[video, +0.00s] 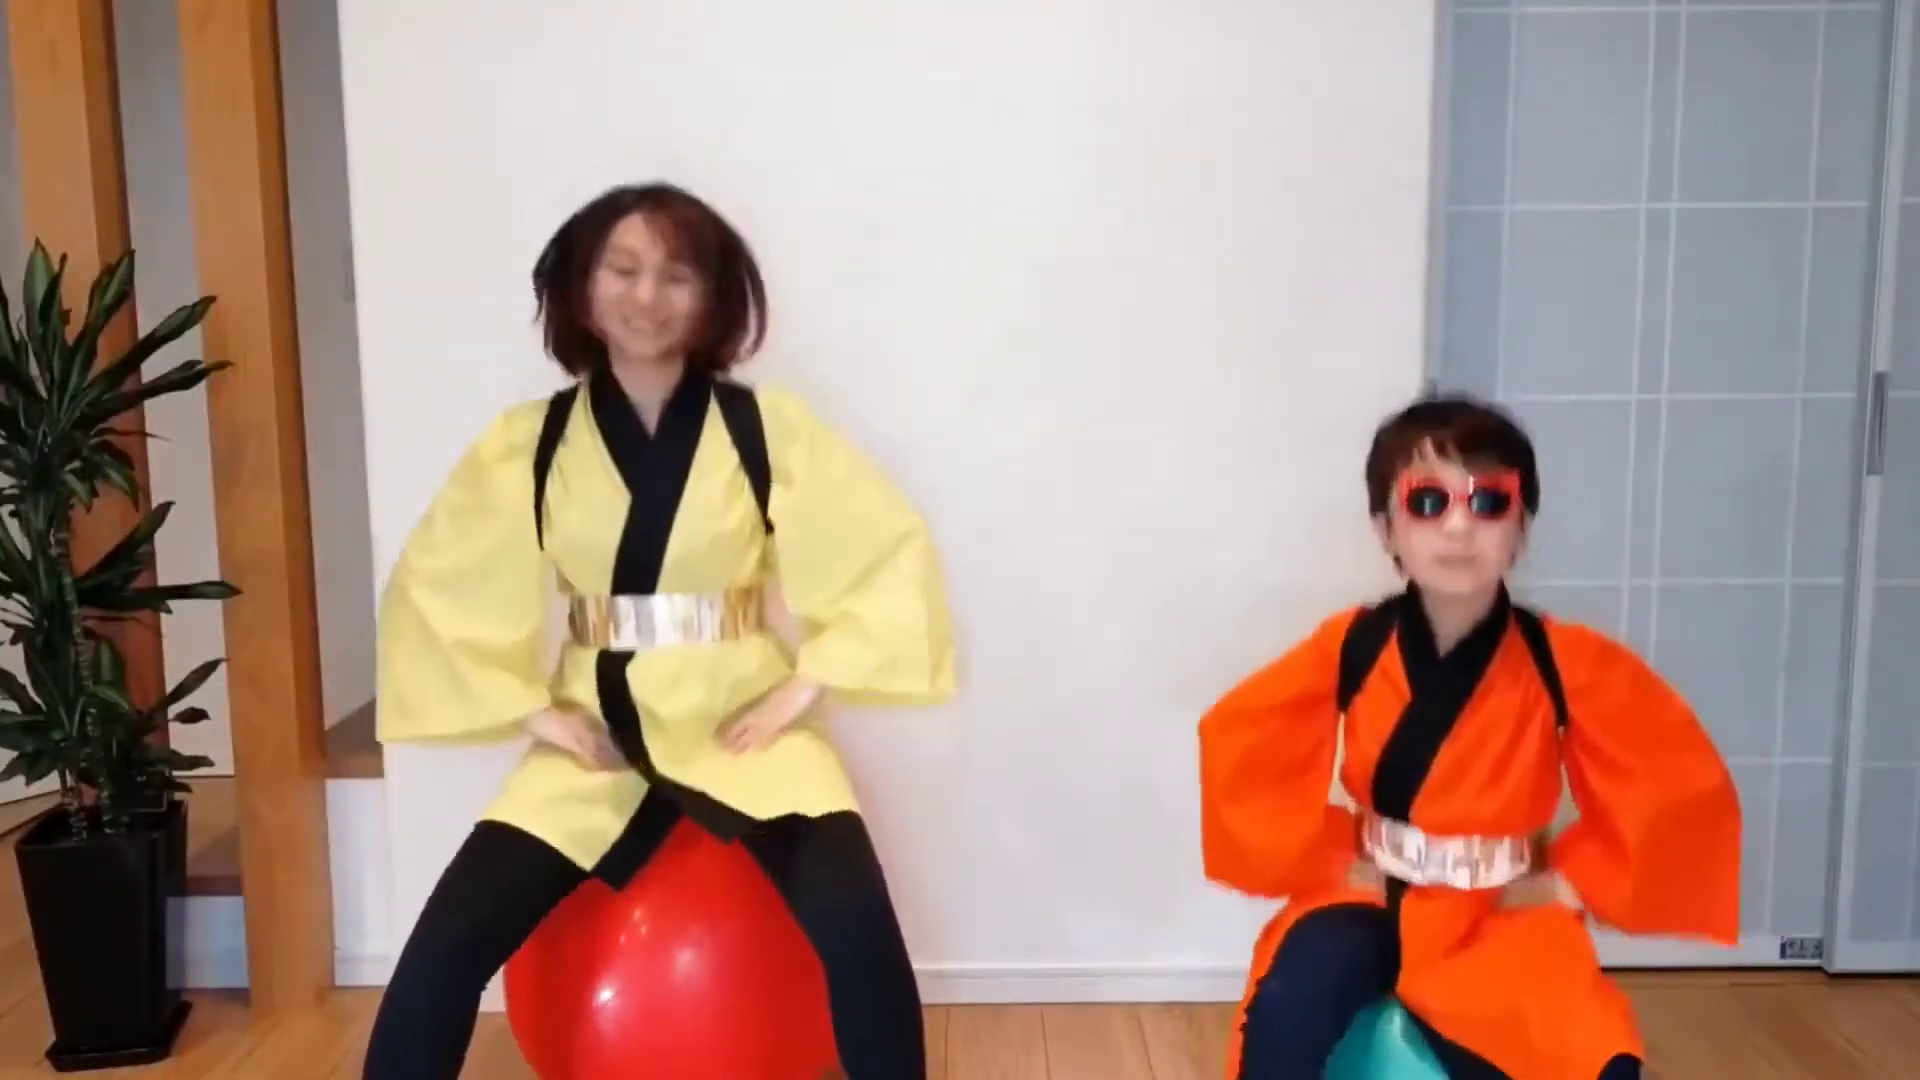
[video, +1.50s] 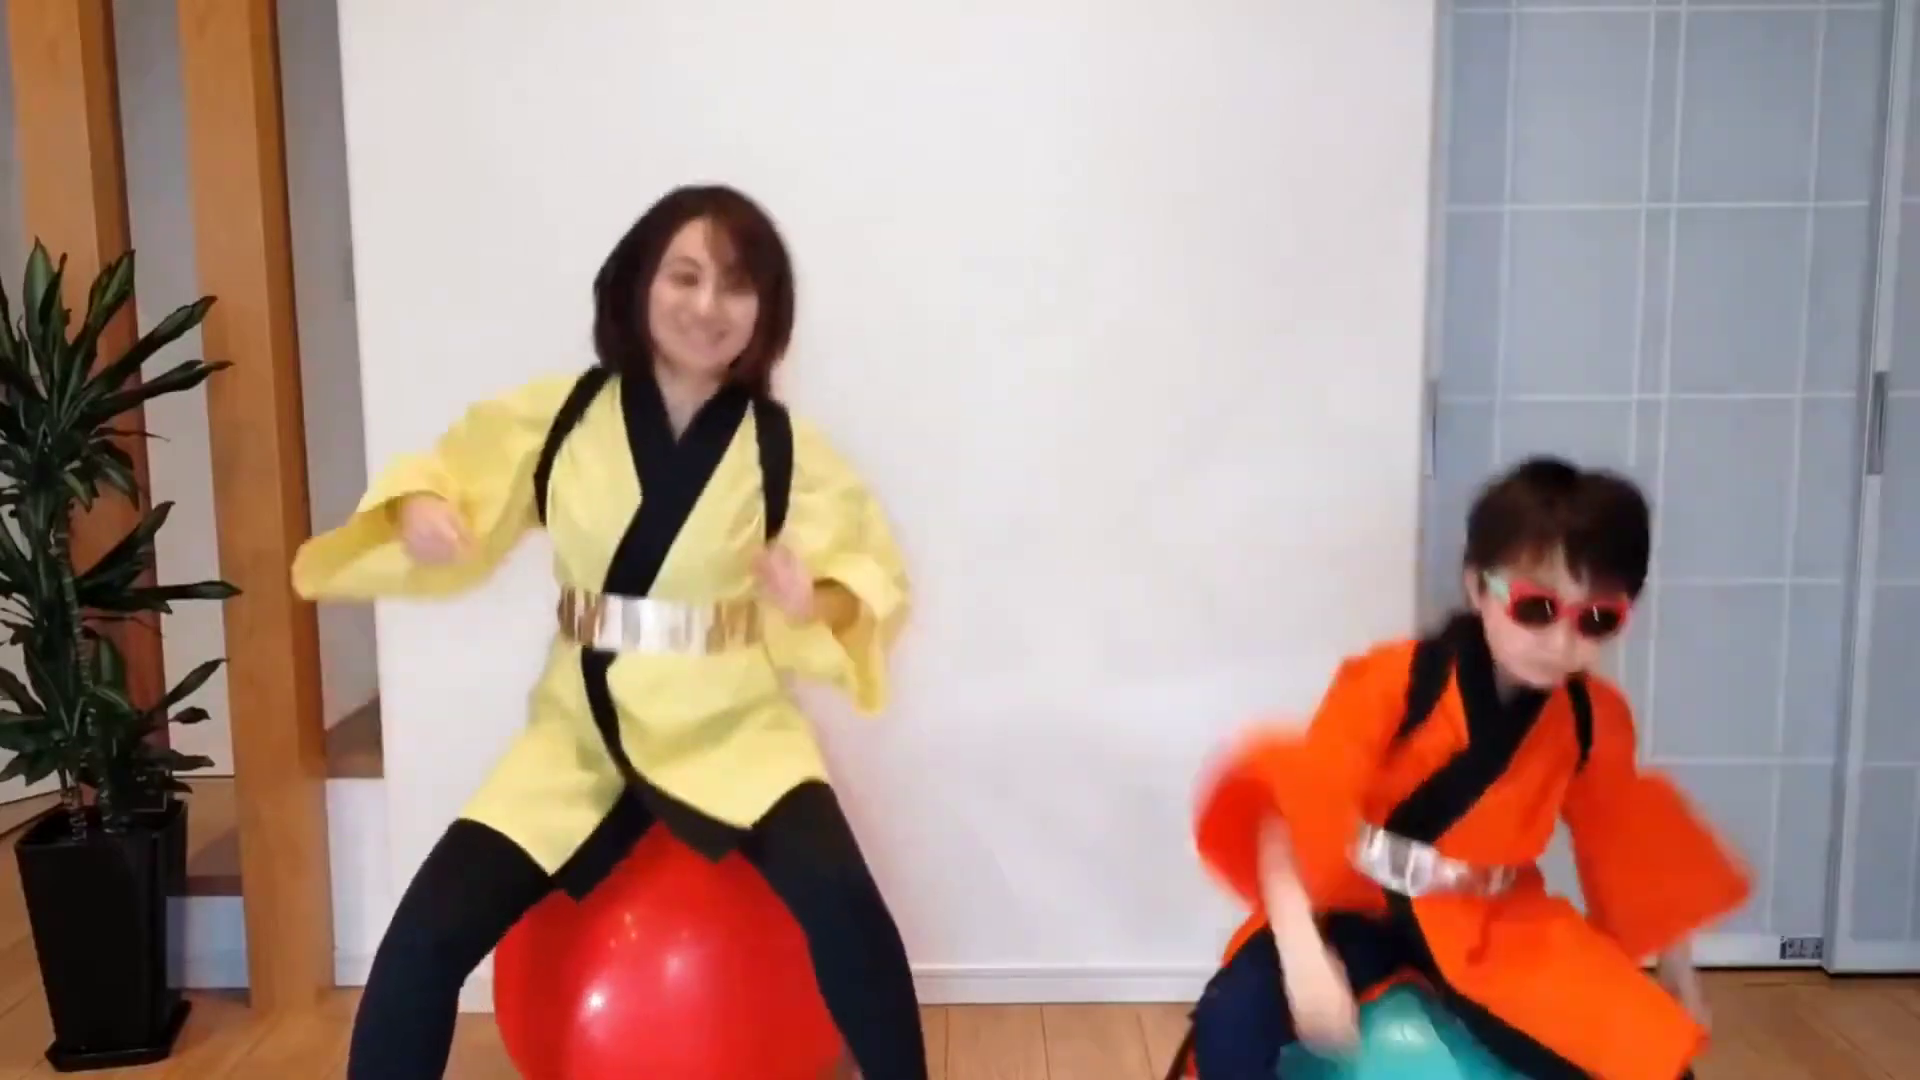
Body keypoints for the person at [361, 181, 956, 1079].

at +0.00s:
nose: (646, 295)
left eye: (677, 275)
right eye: (621, 270)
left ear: (713, 301)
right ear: (580, 291)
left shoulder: (765, 429)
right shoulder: (529, 442)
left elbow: (892, 556)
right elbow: (429, 591)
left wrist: (809, 682)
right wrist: (534, 708)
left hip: (754, 732)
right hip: (590, 744)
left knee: (860, 925)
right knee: (443, 947)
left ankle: (890, 1076)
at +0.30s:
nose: (652, 370)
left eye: (681, 350)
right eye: (629, 345)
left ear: (712, 375)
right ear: (592, 366)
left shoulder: (763, 509)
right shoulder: (543, 520)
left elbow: (878, 642)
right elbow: (441, 672)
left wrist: (800, 775)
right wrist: (549, 790)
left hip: (750, 808)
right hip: (594, 817)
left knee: (848, 926)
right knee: (445, 943)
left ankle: (885, 1070)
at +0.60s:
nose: (664, 339)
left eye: (692, 320)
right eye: (641, 310)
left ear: (724, 342)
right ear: (596, 325)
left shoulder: (767, 467)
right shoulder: (530, 476)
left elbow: (878, 599)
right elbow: (433, 624)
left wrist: (781, 725)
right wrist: (539, 735)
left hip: (750, 764)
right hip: (589, 770)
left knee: (856, 929)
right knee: (434, 946)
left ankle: (886, 1070)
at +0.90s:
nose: (666, 331)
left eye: (691, 309)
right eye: (640, 305)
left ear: (722, 332)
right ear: (600, 323)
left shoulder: (768, 471)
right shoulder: (535, 477)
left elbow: (872, 620)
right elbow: (434, 625)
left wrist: (775, 739)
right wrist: (545, 754)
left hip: (747, 775)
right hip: (587, 781)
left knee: (848, 935)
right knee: (431, 955)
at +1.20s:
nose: (675, 383)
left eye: (702, 362)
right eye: (650, 358)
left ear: (728, 386)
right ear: (603, 375)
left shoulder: (765, 524)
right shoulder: (540, 521)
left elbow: (808, 643)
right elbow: (456, 644)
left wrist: (836, 698)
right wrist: (390, 738)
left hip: (742, 805)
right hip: (591, 814)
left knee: (844, 905)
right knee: (434, 941)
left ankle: (885, 1073)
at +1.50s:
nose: (708, 306)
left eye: (736, 285)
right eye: (684, 277)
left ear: (766, 312)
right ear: (639, 289)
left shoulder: (783, 446)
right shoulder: (564, 411)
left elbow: (870, 580)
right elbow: (441, 474)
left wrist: (812, 600)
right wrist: (421, 507)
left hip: (734, 732)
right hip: (581, 736)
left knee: (846, 907)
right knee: (425, 937)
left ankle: (900, 1074)